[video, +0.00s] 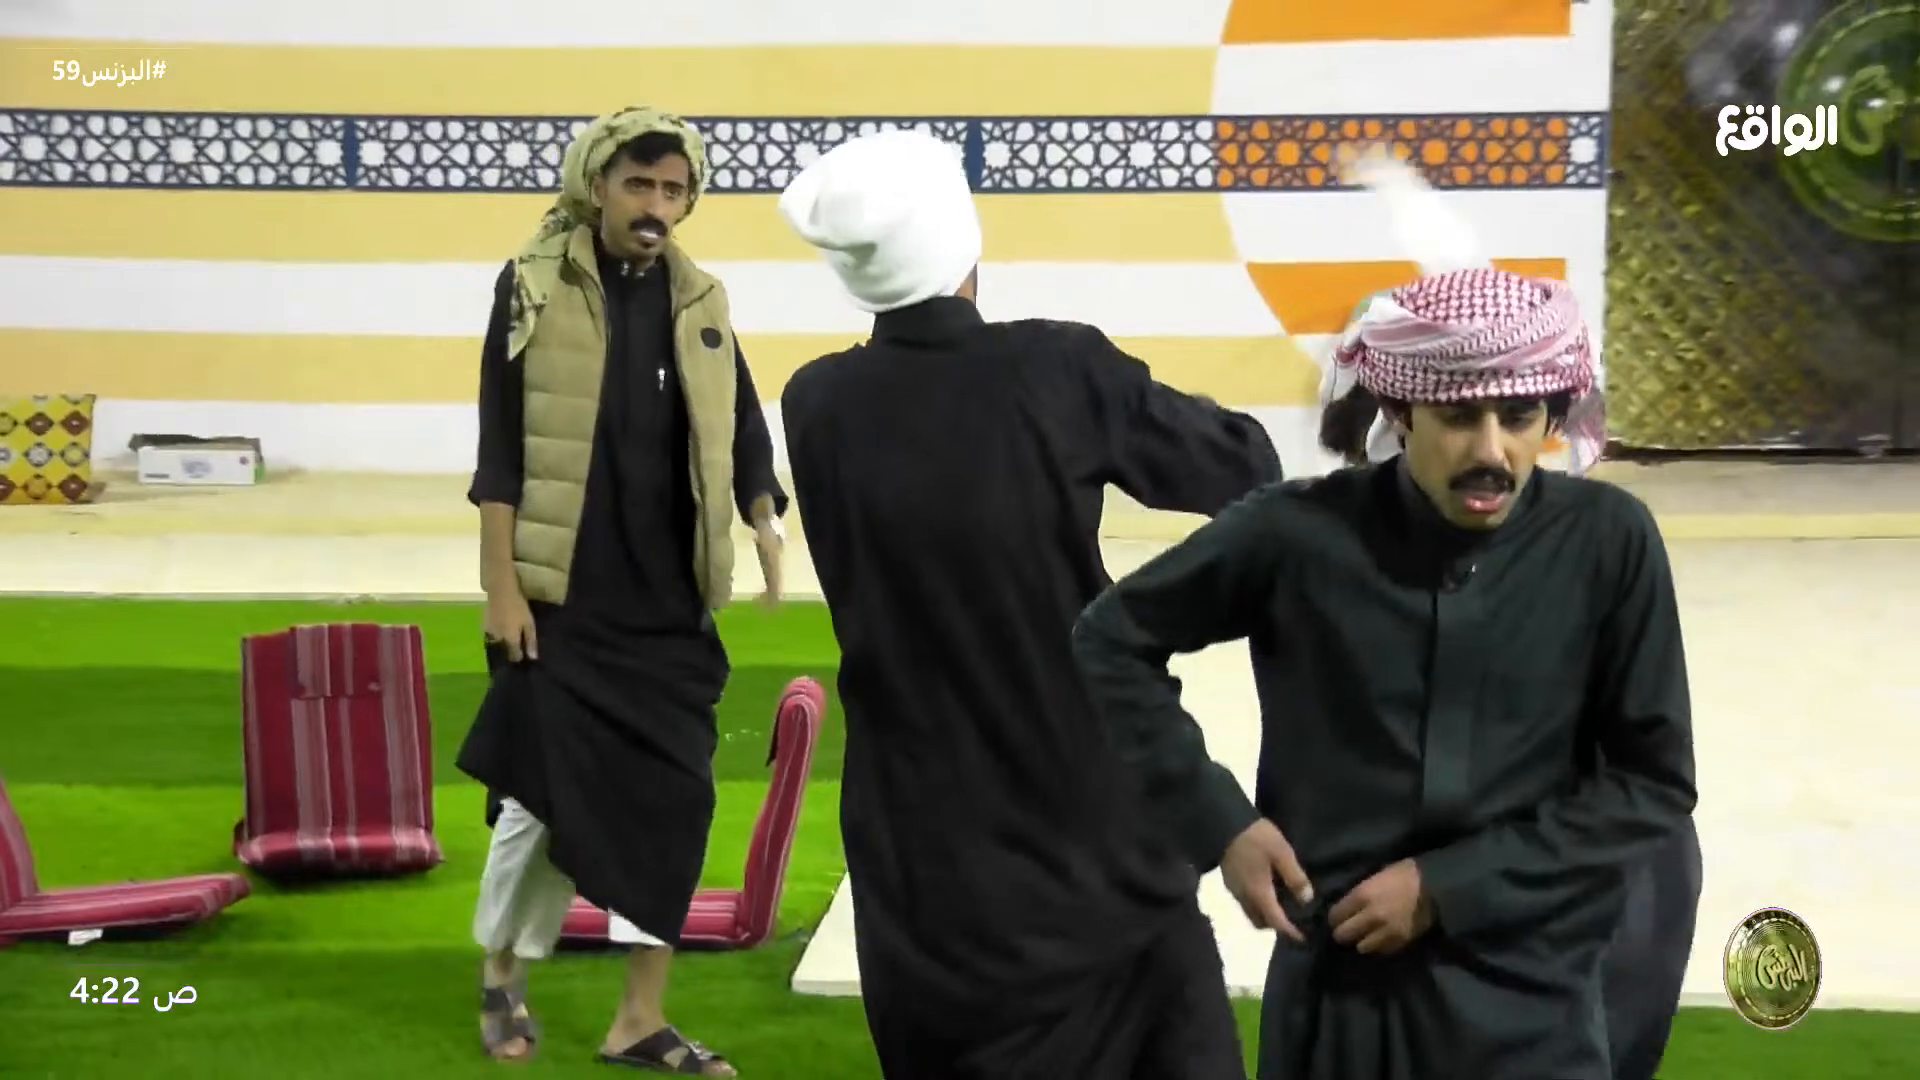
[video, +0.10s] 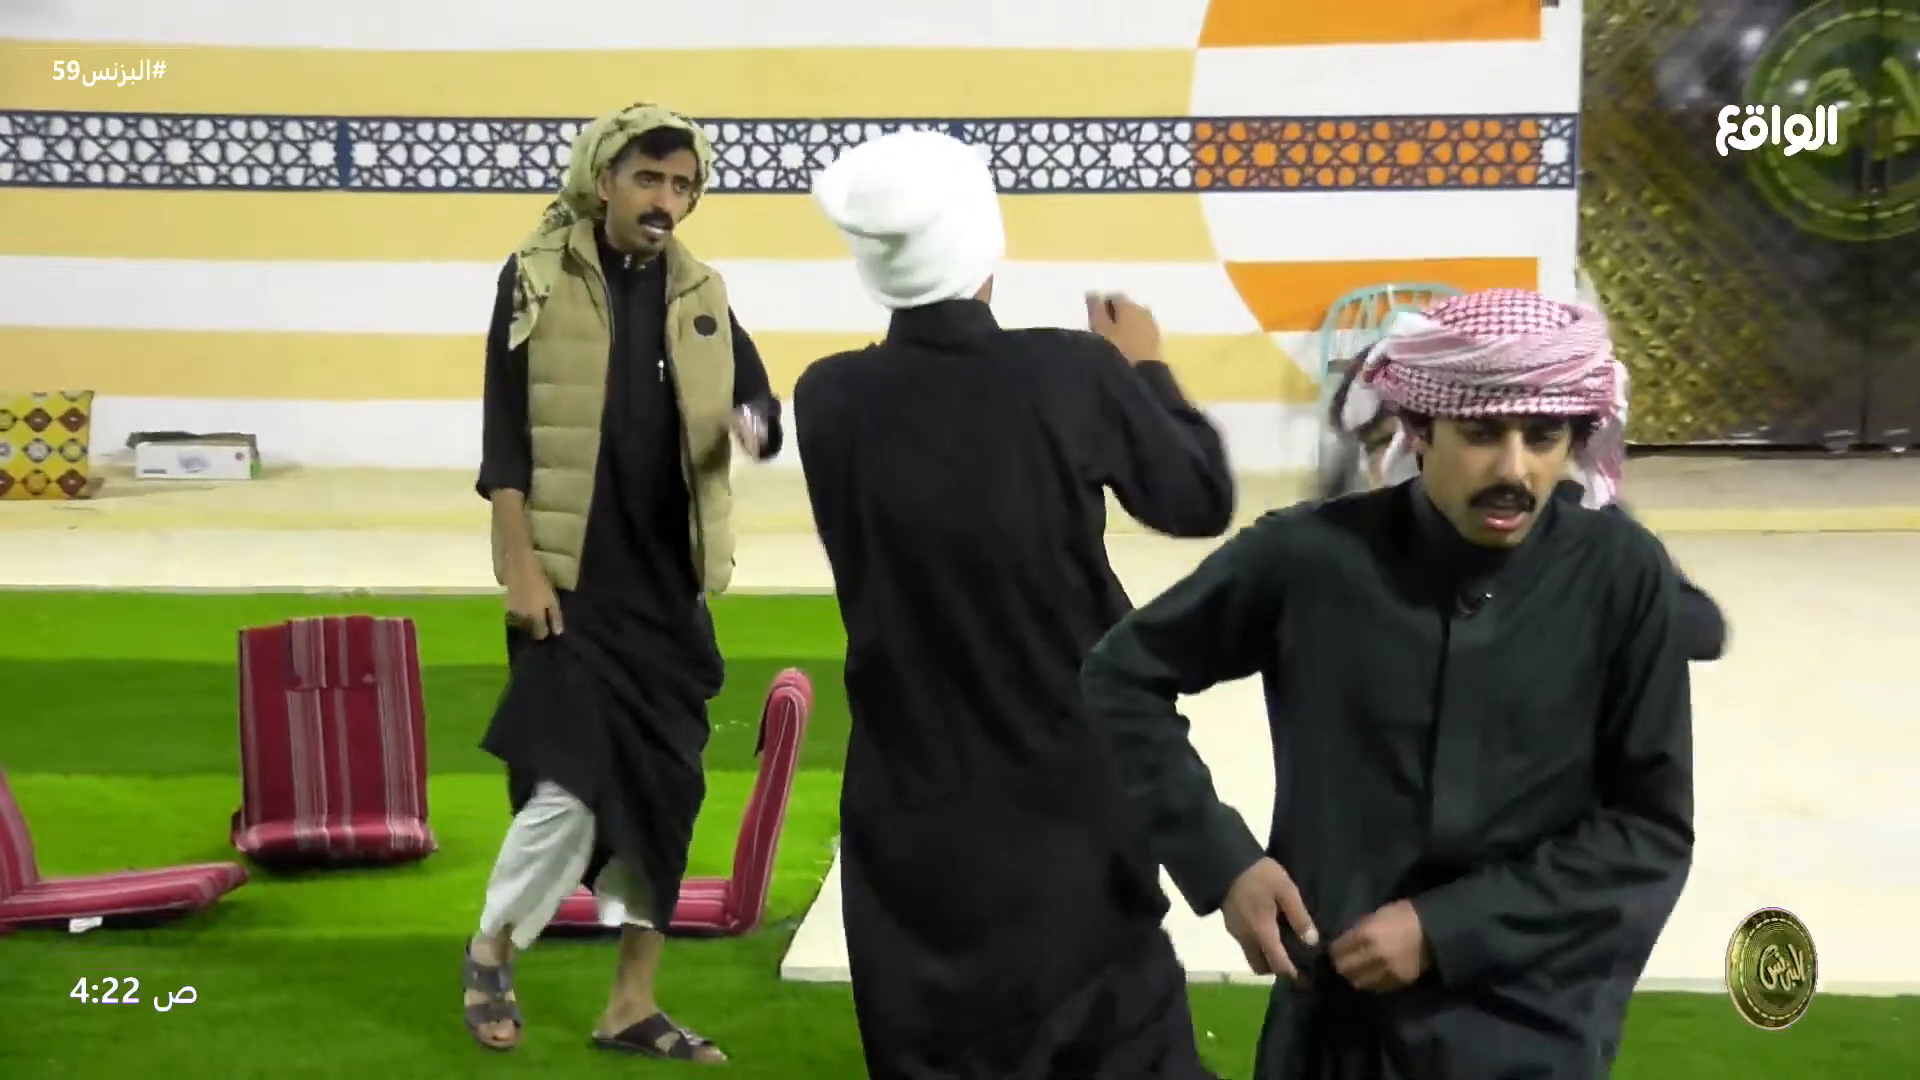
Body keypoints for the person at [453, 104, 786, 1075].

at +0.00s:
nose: (657, 206)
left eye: (674, 191)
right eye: (639, 186)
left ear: (690, 201)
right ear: (594, 186)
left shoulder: (698, 295)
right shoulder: (535, 286)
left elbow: (742, 416)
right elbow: (499, 440)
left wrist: (767, 530)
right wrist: (500, 581)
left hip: (672, 594)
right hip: (561, 592)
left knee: (677, 795)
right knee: (543, 795)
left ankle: (640, 1021)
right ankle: (504, 979)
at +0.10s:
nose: (665, 200)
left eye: (680, 185)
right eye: (648, 179)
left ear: (693, 196)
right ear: (599, 179)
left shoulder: (697, 289)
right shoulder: (538, 278)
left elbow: (757, 395)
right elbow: (505, 428)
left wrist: (754, 419)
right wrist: (517, 561)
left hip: (669, 582)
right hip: (568, 578)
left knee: (663, 784)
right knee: (572, 782)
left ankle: (632, 1007)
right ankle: (491, 953)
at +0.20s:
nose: (665, 197)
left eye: (679, 181)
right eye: (647, 177)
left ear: (690, 191)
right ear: (597, 177)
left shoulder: (691, 283)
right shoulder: (538, 274)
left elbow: (768, 393)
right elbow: (506, 424)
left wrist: (744, 364)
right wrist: (527, 553)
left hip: (668, 573)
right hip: (571, 569)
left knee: (651, 777)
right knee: (585, 779)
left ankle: (625, 995)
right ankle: (495, 970)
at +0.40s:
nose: (642, 201)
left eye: (654, 185)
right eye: (625, 181)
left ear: (659, 188)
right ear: (572, 179)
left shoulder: (661, 288)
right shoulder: (514, 284)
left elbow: (727, 367)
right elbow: (496, 438)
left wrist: (765, 380)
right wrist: (525, 566)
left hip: (653, 576)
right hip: (557, 575)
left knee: (630, 774)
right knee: (556, 783)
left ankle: (610, 973)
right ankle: (527, 1009)